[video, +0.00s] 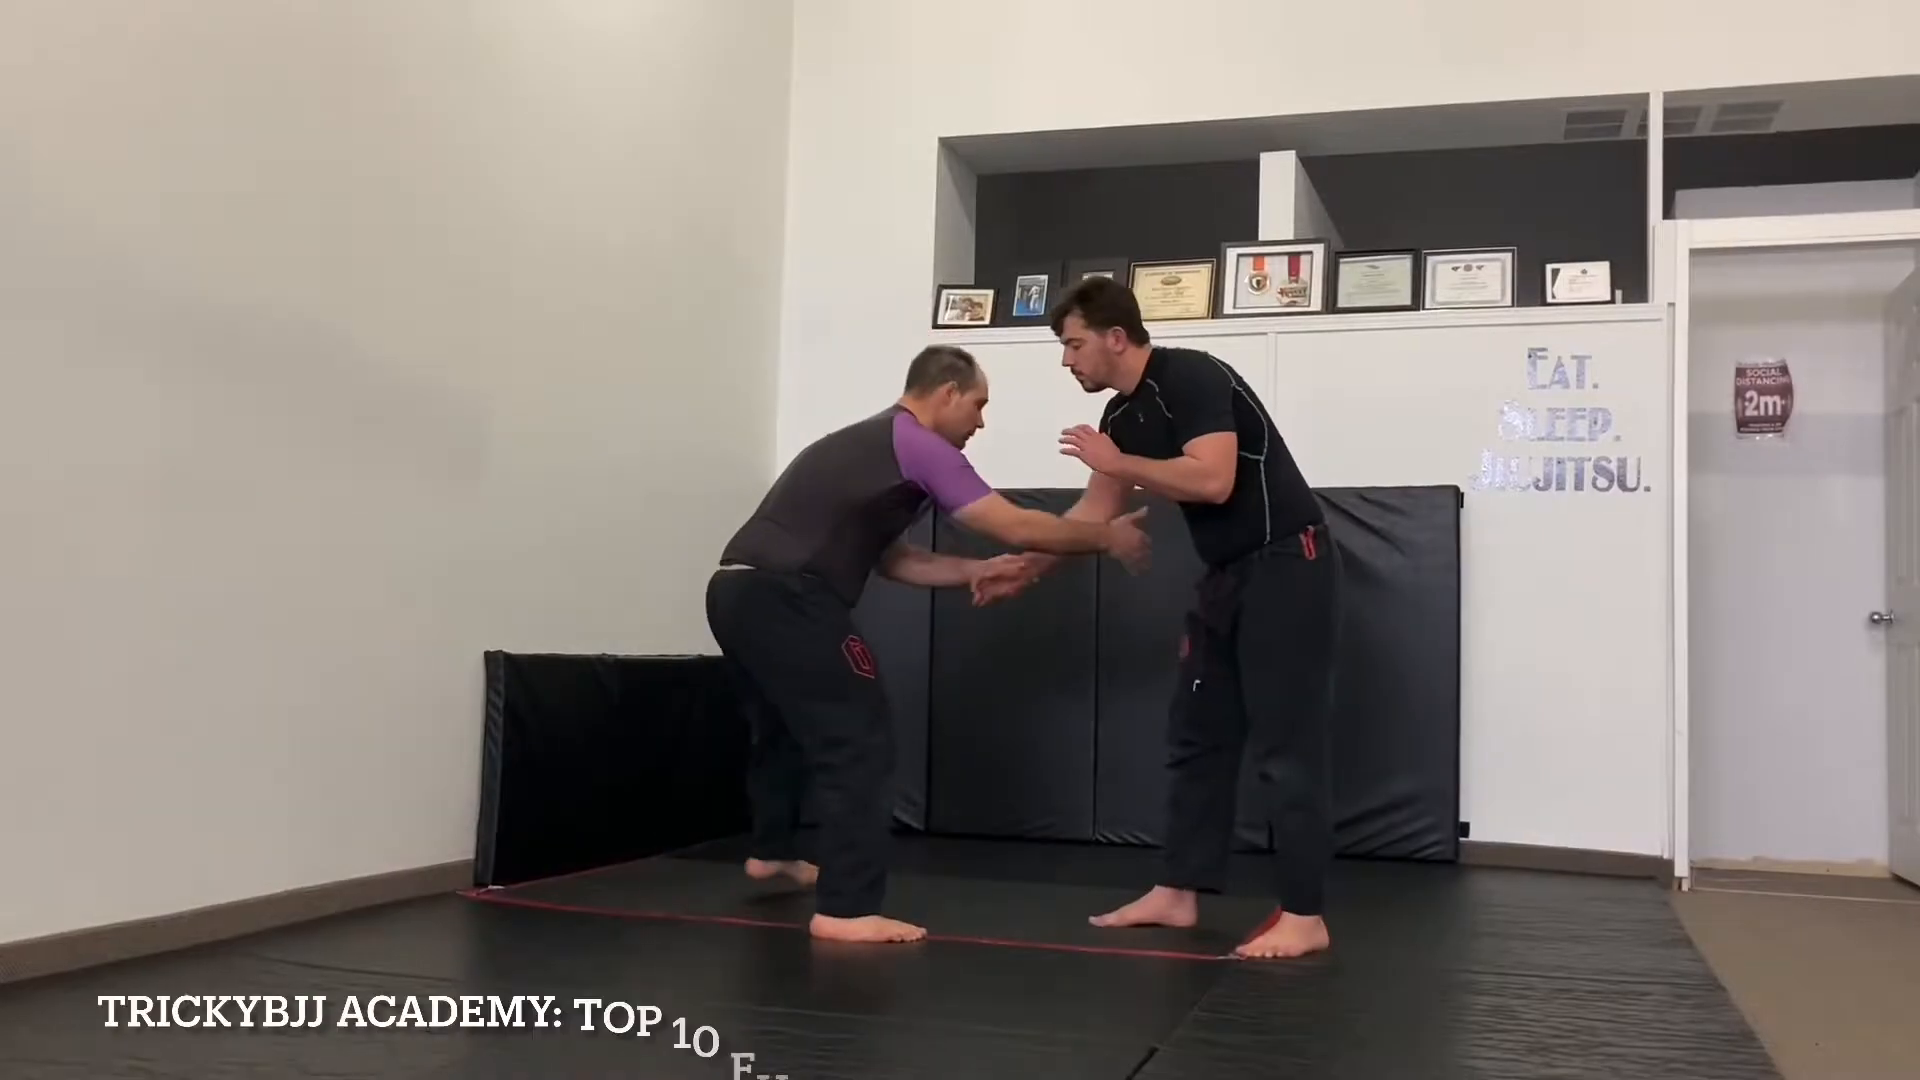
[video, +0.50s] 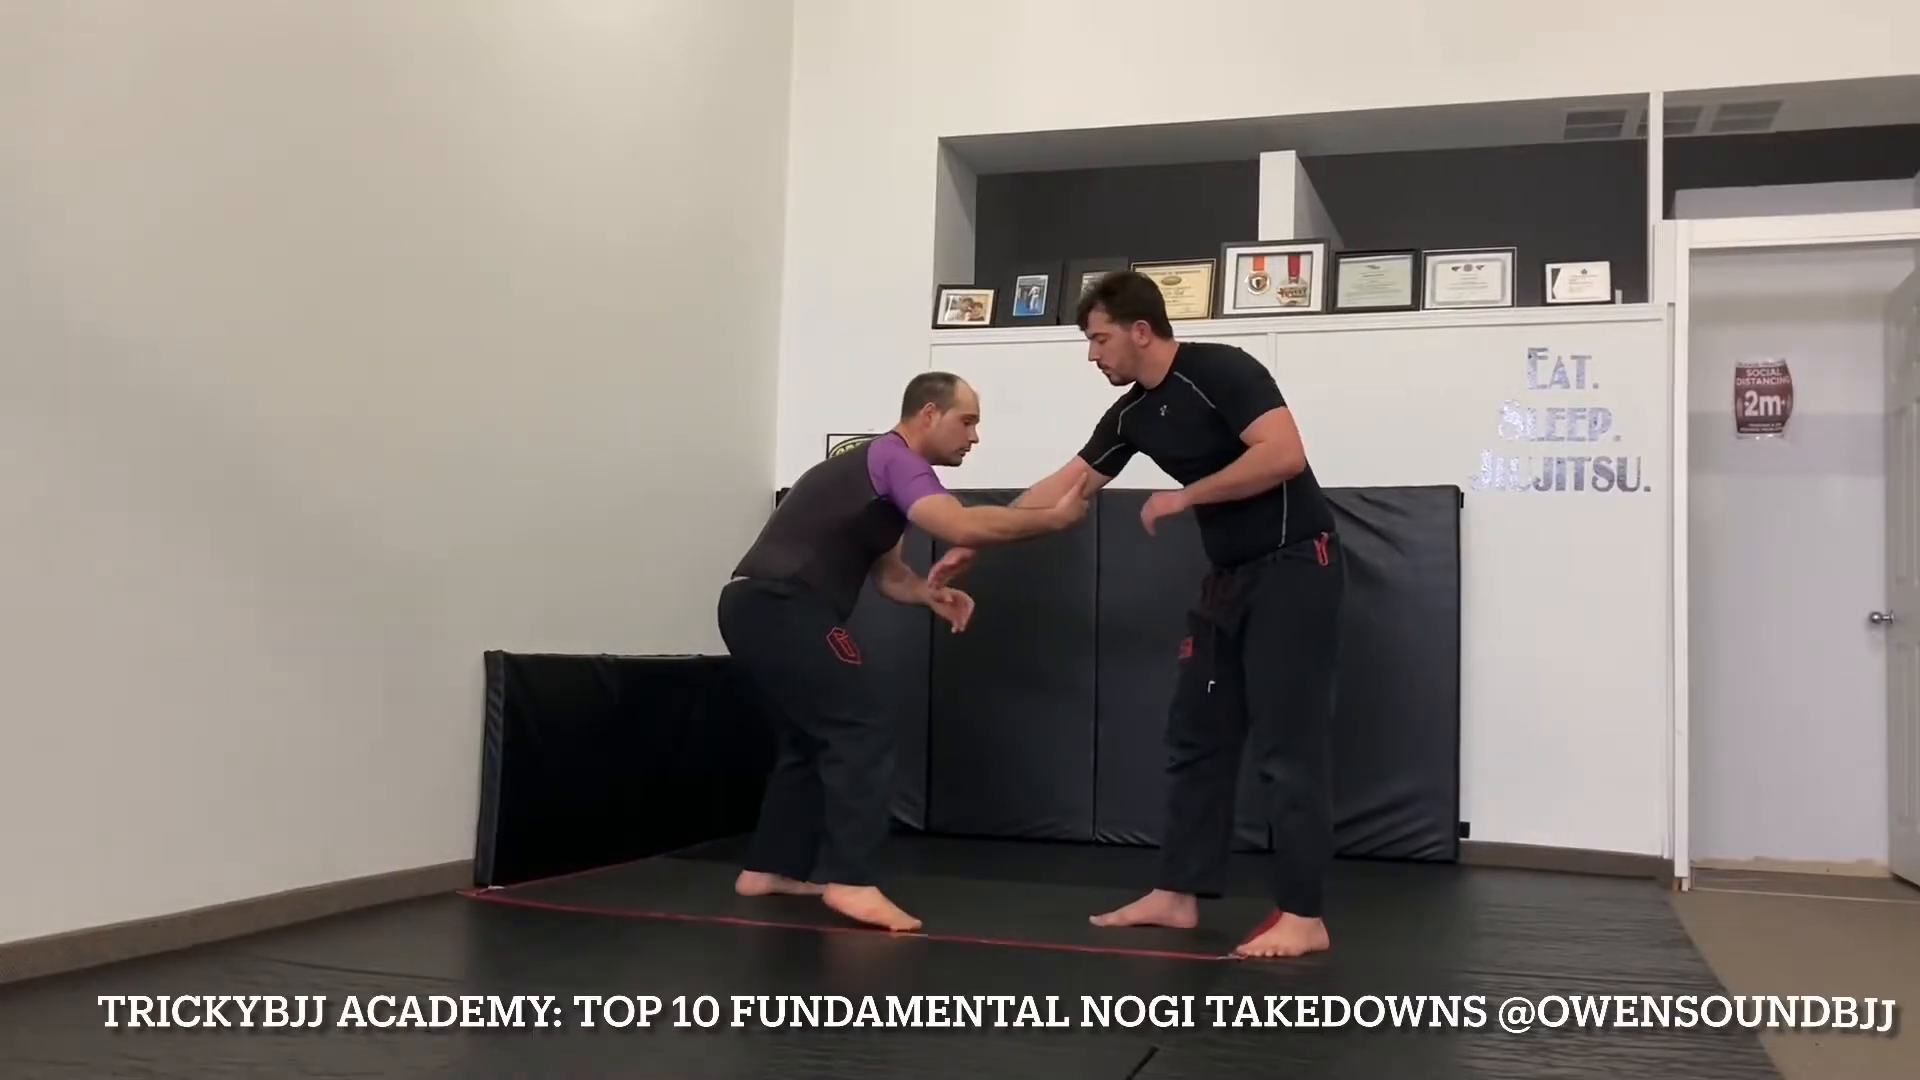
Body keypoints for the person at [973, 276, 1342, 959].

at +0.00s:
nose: (1066, 359)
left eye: (1074, 344)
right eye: (1064, 346)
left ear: (1117, 338)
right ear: (1107, 344)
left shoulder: (1193, 376)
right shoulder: (1121, 422)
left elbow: (1212, 479)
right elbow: (1094, 516)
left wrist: (1115, 460)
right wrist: (1031, 565)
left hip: (1288, 562)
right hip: (1227, 573)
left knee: (1285, 740)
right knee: (1199, 731)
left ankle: (1303, 915)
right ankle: (1177, 892)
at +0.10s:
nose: (1070, 357)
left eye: (1078, 342)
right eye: (1068, 343)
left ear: (1121, 336)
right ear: (1111, 341)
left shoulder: (1201, 374)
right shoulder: (1120, 418)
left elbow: (1229, 473)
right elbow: (1076, 511)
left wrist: (1130, 466)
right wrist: (1010, 569)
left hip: (1291, 562)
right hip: (1227, 572)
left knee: (1286, 740)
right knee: (1199, 730)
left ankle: (1302, 915)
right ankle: (1178, 892)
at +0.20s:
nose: (1075, 358)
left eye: (1082, 343)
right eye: (1072, 345)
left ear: (1124, 335)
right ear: (1115, 341)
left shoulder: (1205, 372)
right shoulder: (1123, 419)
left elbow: (1248, 467)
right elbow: (1075, 508)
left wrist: (1144, 471)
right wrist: (1009, 567)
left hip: (1291, 565)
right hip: (1228, 575)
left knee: (1287, 742)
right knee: (1200, 732)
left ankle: (1303, 915)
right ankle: (1177, 893)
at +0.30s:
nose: (1083, 360)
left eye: (1089, 345)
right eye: (1079, 347)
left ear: (1131, 335)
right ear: (1120, 341)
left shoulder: (1210, 370)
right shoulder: (1128, 416)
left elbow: (1265, 462)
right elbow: (1073, 508)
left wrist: (1163, 483)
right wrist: (1006, 564)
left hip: (1292, 564)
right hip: (1229, 574)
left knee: (1287, 742)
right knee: (1199, 732)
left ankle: (1303, 916)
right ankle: (1177, 893)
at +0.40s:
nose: (1089, 358)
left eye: (1095, 343)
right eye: (1086, 345)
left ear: (1138, 332)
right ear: (1125, 338)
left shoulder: (1219, 371)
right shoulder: (1132, 415)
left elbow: (1277, 458)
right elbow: (1069, 500)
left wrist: (1179, 491)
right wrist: (992, 556)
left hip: (1294, 565)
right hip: (1230, 574)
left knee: (1286, 742)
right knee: (1200, 733)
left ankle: (1303, 916)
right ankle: (1176, 894)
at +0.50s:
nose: (1092, 354)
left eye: (1099, 339)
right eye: (1089, 341)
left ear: (1141, 331)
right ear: (1133, 337)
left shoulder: (1223, 370)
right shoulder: (1130, 415)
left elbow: (1286, 453)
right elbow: (1062, 489)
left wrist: (1188, 495)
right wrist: (975, 543)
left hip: (1297, 566)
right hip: (1232, 574)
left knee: (1287, 743)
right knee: (1199, 734)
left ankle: (1304, 916)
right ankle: (1177, 895)